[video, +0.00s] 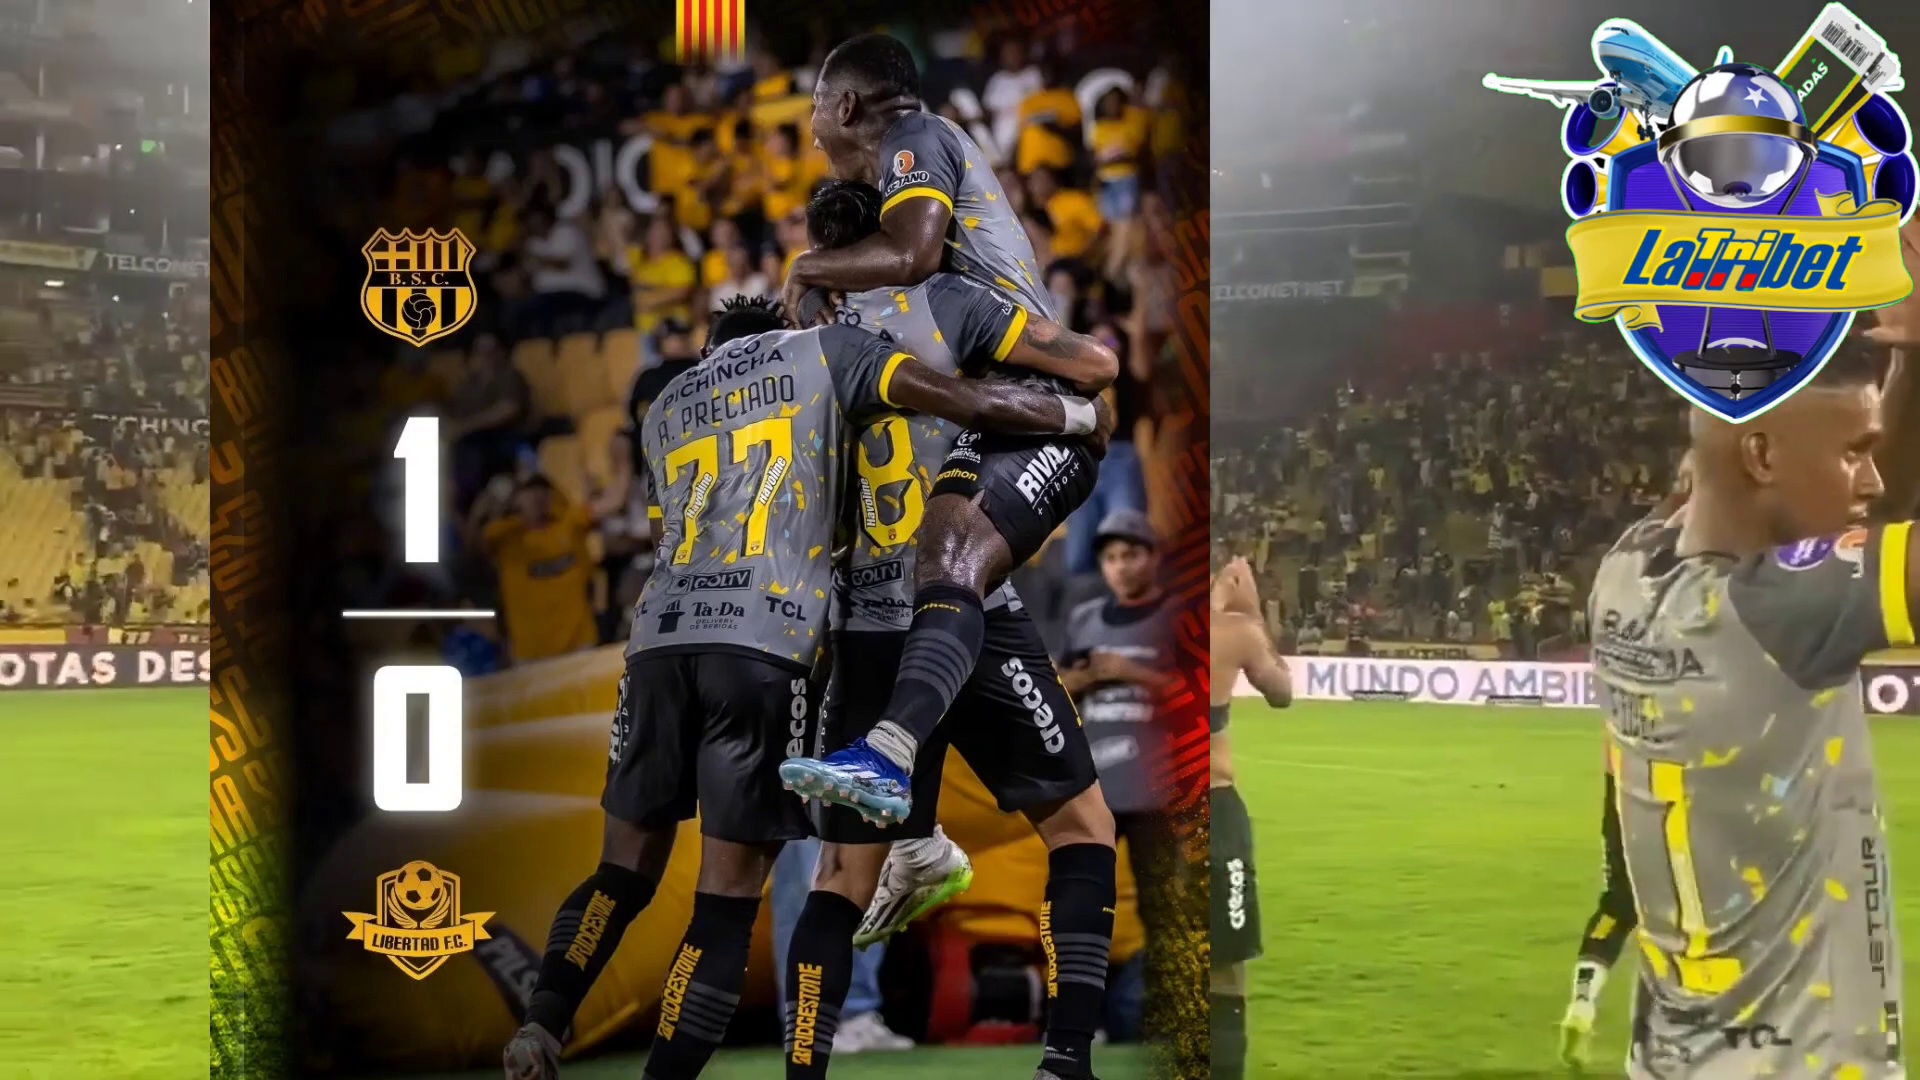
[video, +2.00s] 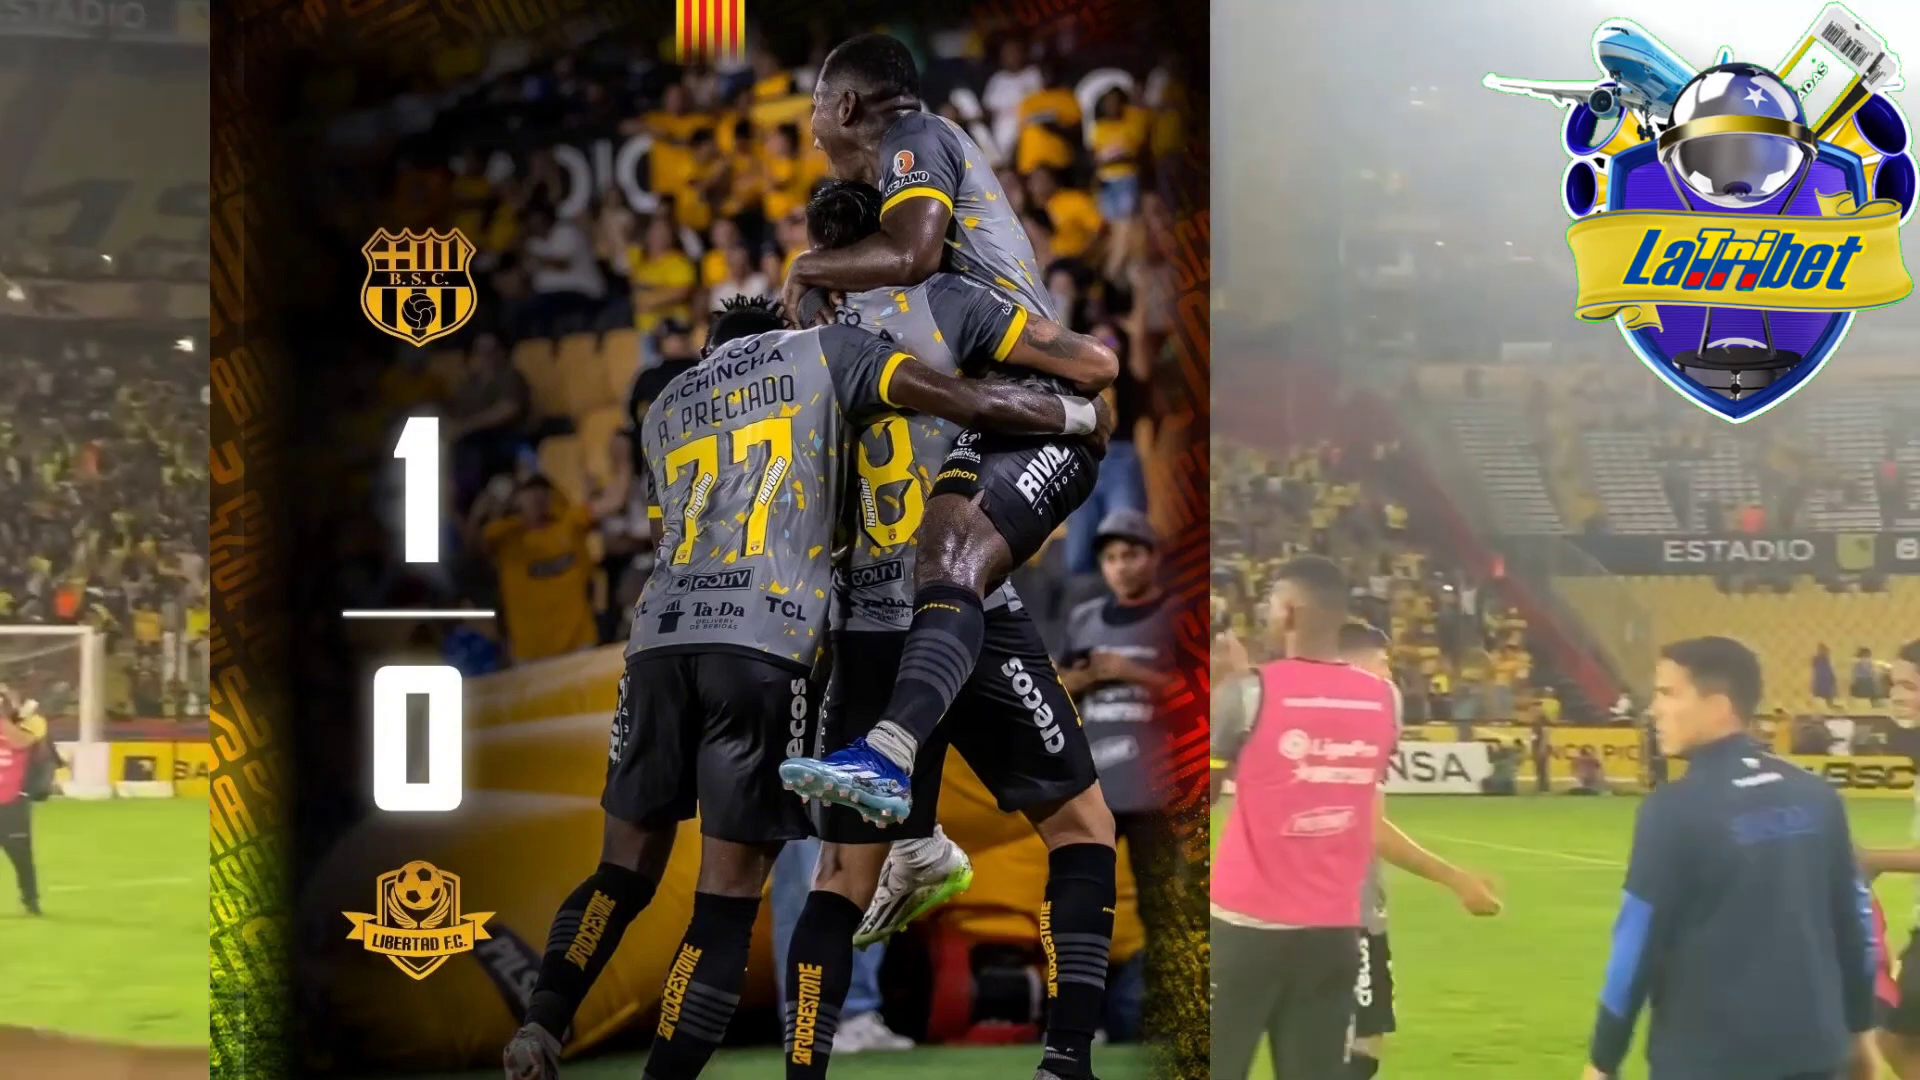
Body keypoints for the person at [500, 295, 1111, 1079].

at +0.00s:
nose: (828, 323)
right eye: (817, 317)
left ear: (710, 344)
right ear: (792, 322)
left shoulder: (662, 405)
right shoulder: (830, 347)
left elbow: (681, 519)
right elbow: (968, 398)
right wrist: (1085, 418)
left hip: (657, 648)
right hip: (762, 648)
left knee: (623, 865)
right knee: (727, 890)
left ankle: (542, 1027)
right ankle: (667, 1076)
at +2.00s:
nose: (824, 325)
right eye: (813, 318)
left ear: (710, 347)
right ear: (793, 324)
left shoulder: (660, 404)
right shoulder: (830, 348)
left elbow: (679, 520)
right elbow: (970, 399)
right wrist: (1086, 418)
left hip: (657, 648)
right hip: (762, 649)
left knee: (623, 865)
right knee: (728, 892)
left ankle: (542, 1027)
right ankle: (666, 1076)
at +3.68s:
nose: (826, 325)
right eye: (814, 319)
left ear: (710, 345)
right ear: (793, 324)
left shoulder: (661, 406)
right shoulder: (829, 348)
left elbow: (682, 519)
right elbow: (970, 399)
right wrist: (1086, 418)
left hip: (657, 648)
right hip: (762, 649)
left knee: (623, 865)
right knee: (727, 892)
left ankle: (542, 1027)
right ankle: (667, 1075)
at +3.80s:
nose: (826, 325)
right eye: (814, 319)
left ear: (710, 345)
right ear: (793, 324)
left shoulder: (661, 406)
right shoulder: (829, 348)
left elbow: (682, 519)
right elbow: (970, 399)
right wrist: (1086, 418)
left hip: (657, 648)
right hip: (762, 649)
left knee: (623, 865)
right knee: (727, 892)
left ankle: (542, 1027)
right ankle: (667, 1075)